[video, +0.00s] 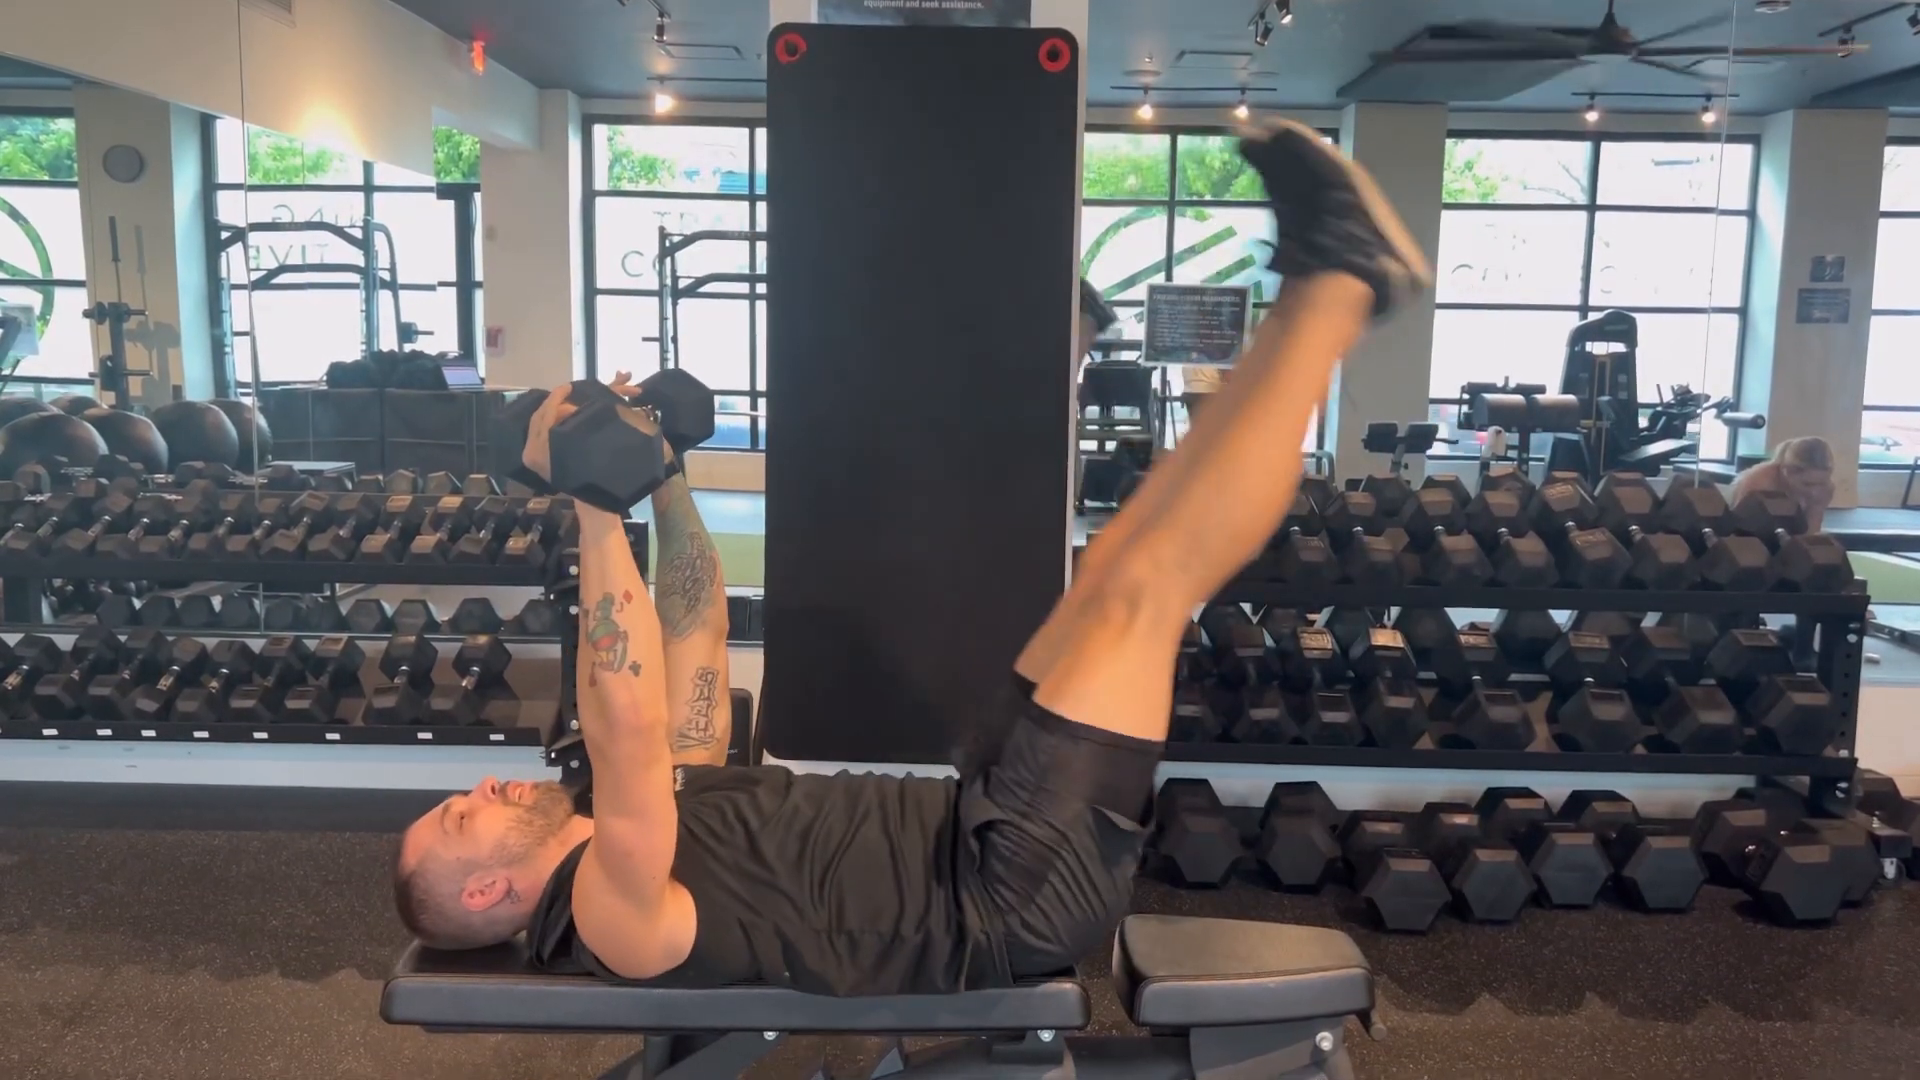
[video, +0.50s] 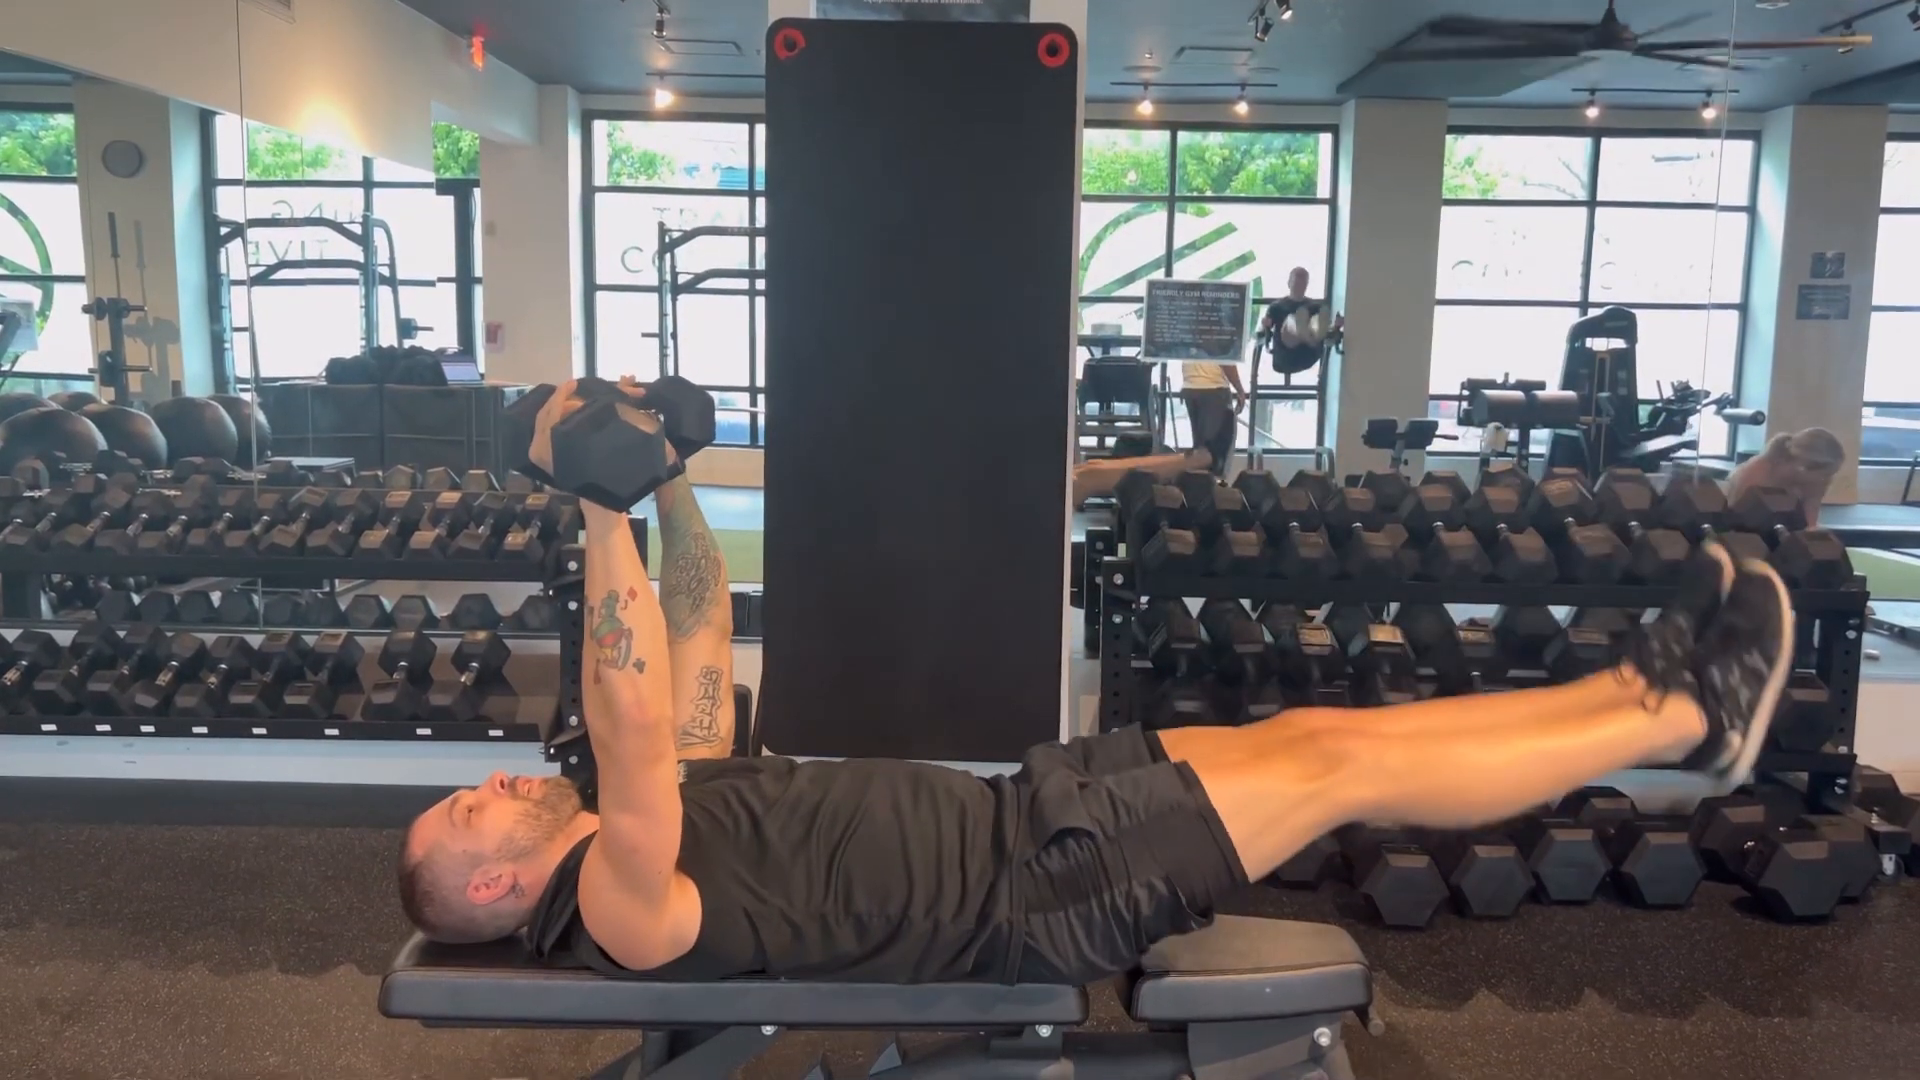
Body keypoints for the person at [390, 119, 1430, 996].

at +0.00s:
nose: (478, 791)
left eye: (458, 802)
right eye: (460, 830)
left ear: (499, 813)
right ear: (499, 889)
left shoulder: (628, 822)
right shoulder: (615, 897)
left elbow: (696, 659)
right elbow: (624, 679)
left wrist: (661, 485)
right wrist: (597, 508)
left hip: (977, 826)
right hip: (1005, 886)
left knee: (1123, 562)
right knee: (1142, 576)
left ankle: (1321, 285)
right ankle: (1340, 277)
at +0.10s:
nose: (503, 784)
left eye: (484, 792)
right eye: (479, 814)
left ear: (517, 837)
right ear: (503, 893)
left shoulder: (642, 830)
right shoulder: (623, 905)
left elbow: (695, 660)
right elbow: (626, 701)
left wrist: (668, 484)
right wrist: (600, 514)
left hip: (988, 814)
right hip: (1017, 891)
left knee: (1191, 581)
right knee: (1202, 599)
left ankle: (1410, 355)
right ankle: (1460, 357)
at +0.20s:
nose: (481, 790)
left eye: (465, 801)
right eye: (462, 830)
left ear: (518, 827)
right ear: (494, 893)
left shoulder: (638, 821)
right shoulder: (619, 903)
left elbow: (696, 667)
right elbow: (620, 678)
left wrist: (660, 485)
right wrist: (601, 498)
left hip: (999, 808)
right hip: (1022, 881)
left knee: (1228, 620)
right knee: (1244, 643)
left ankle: (1493, 442)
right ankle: (1547, 452)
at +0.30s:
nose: (497, 788)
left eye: (477, 793)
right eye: (473, 820)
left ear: (528, 828)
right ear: (496, 898)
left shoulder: (641, 834)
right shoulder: (614, 904)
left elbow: (695, 669)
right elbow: (625, 715)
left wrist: (663, 499)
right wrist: (607, 517)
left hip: (1008, 805)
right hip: (1015, 889)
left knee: (1266, 655)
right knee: (1276, 682)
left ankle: (1576, 528)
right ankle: (1609, 543)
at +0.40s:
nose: (492, 794)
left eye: (473, 800)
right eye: (472, 826)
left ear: (523, 839)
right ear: (507, 901)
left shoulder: (640, 834)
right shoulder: (622, 903)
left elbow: (694, 662)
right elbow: (628, 704)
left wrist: (656, 494)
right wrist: (606, 520)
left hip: (1025, 799)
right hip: (1031, 871)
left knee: (1301, 700)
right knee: (1317, 721)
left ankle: (1626, 613)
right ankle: (1652, 642)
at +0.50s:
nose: (499, 789)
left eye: (478, 794)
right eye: (479, 818)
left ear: (530, 837)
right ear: (513, 894)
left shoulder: (646, 828)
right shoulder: (627, 898)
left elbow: (698, 663)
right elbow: (628, 694)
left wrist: (656, 495)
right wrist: (602, 512)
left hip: (1040, 798)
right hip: (1044, 871)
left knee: (1330, 732)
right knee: (1344, 760)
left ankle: (1656, 703)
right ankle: (1679, 718)